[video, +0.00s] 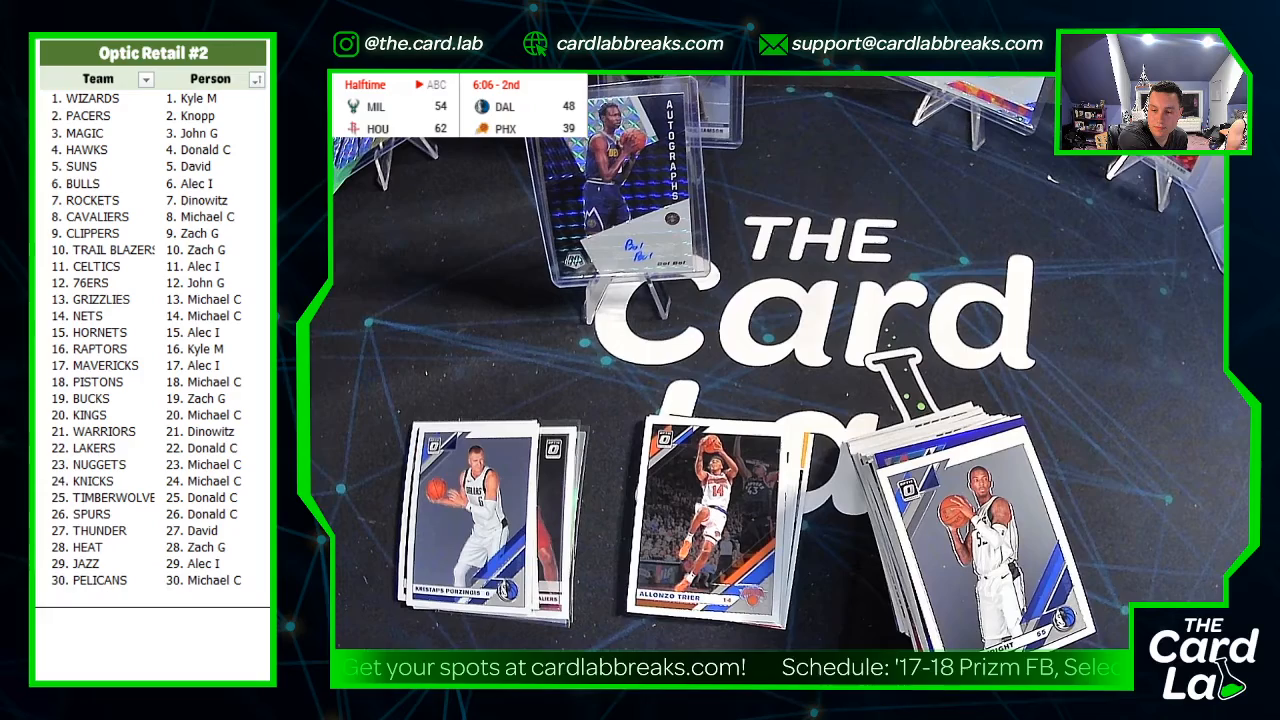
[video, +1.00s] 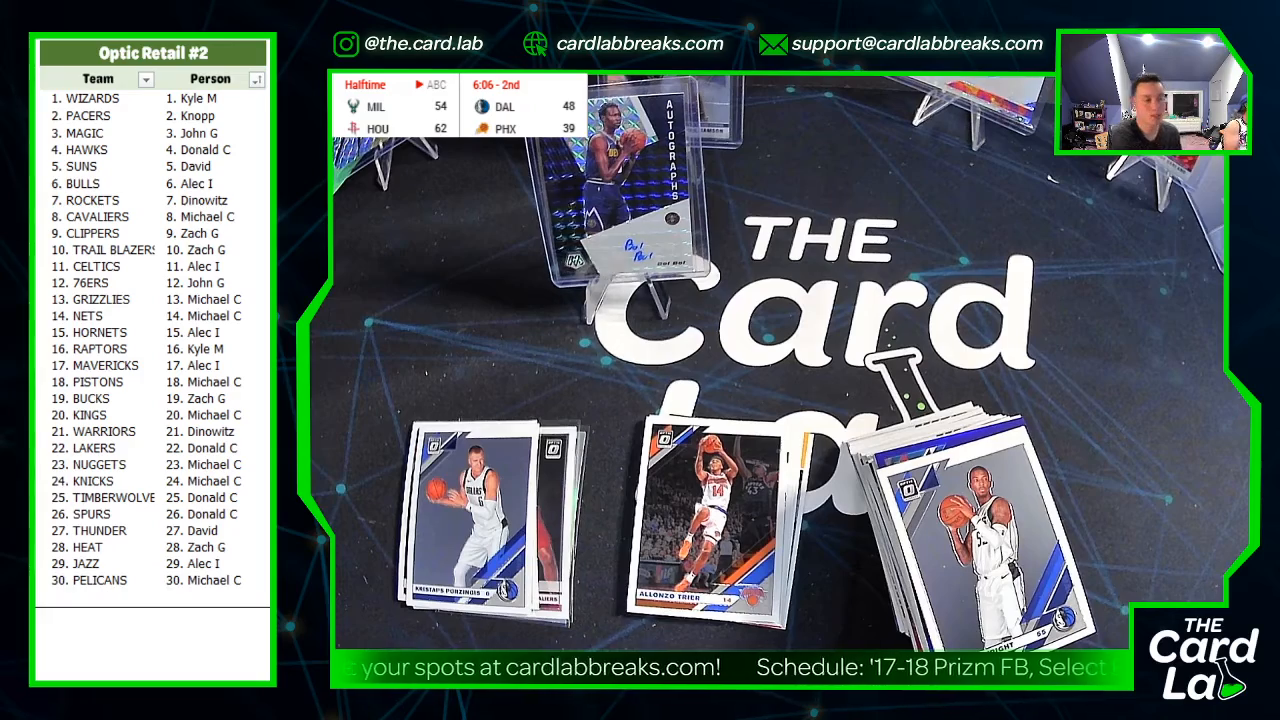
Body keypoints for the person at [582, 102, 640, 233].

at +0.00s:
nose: (618, 118)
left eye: (618, 114)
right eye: (613, 115)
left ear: (621, 116)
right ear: (603, 118)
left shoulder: (617, 142)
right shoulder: (598, 140)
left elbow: (621, 178)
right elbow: (606, 176)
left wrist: (633, 156)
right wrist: (624, 153)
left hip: (613, 189)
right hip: (597, 191)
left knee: (625, 232)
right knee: (596, 238)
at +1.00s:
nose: (618, 118)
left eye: (619, 115)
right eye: (613, 115)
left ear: (621, 116)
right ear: (603, 118)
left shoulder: (617, 142)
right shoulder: (598, 140)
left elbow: (621, 177)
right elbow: (606, 176)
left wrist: (632, 156)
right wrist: (624, 153)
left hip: (614, 189)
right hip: (597, 191)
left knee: (625, 232)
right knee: (597, 238)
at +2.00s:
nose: (618, 118)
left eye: (619, 114)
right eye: (614, 115)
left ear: (620, 116)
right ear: (604, 118)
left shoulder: (617, 141)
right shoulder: (598, 140)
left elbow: (620, 177)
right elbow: (606, 176)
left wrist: (633, 156)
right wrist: (624, 153)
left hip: (613, 189)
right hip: (596, 191)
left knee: (625, 230)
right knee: (596, 236)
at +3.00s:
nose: (618, 118)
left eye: (618, 115)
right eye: (613, 115)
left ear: (620, 117)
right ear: (604, 118)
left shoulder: (617, 141)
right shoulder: (598, 140)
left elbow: (620, 176)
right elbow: (607, 175)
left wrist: (634, 154)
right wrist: (624, 152)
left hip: (612, 189)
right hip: (596, 191)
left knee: (625, 230)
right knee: (599, 236)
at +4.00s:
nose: (617, 118)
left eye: (618, 114)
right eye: (613, 115)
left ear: (620, 117)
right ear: (603, 118)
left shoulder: (616, 141)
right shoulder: (598, 140)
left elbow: (619, 177)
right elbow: (606, 176)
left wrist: (633, 156)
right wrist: (624, 153)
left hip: (612, 190)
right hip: (596, 192)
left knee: (624, 230)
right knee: (600, 237)